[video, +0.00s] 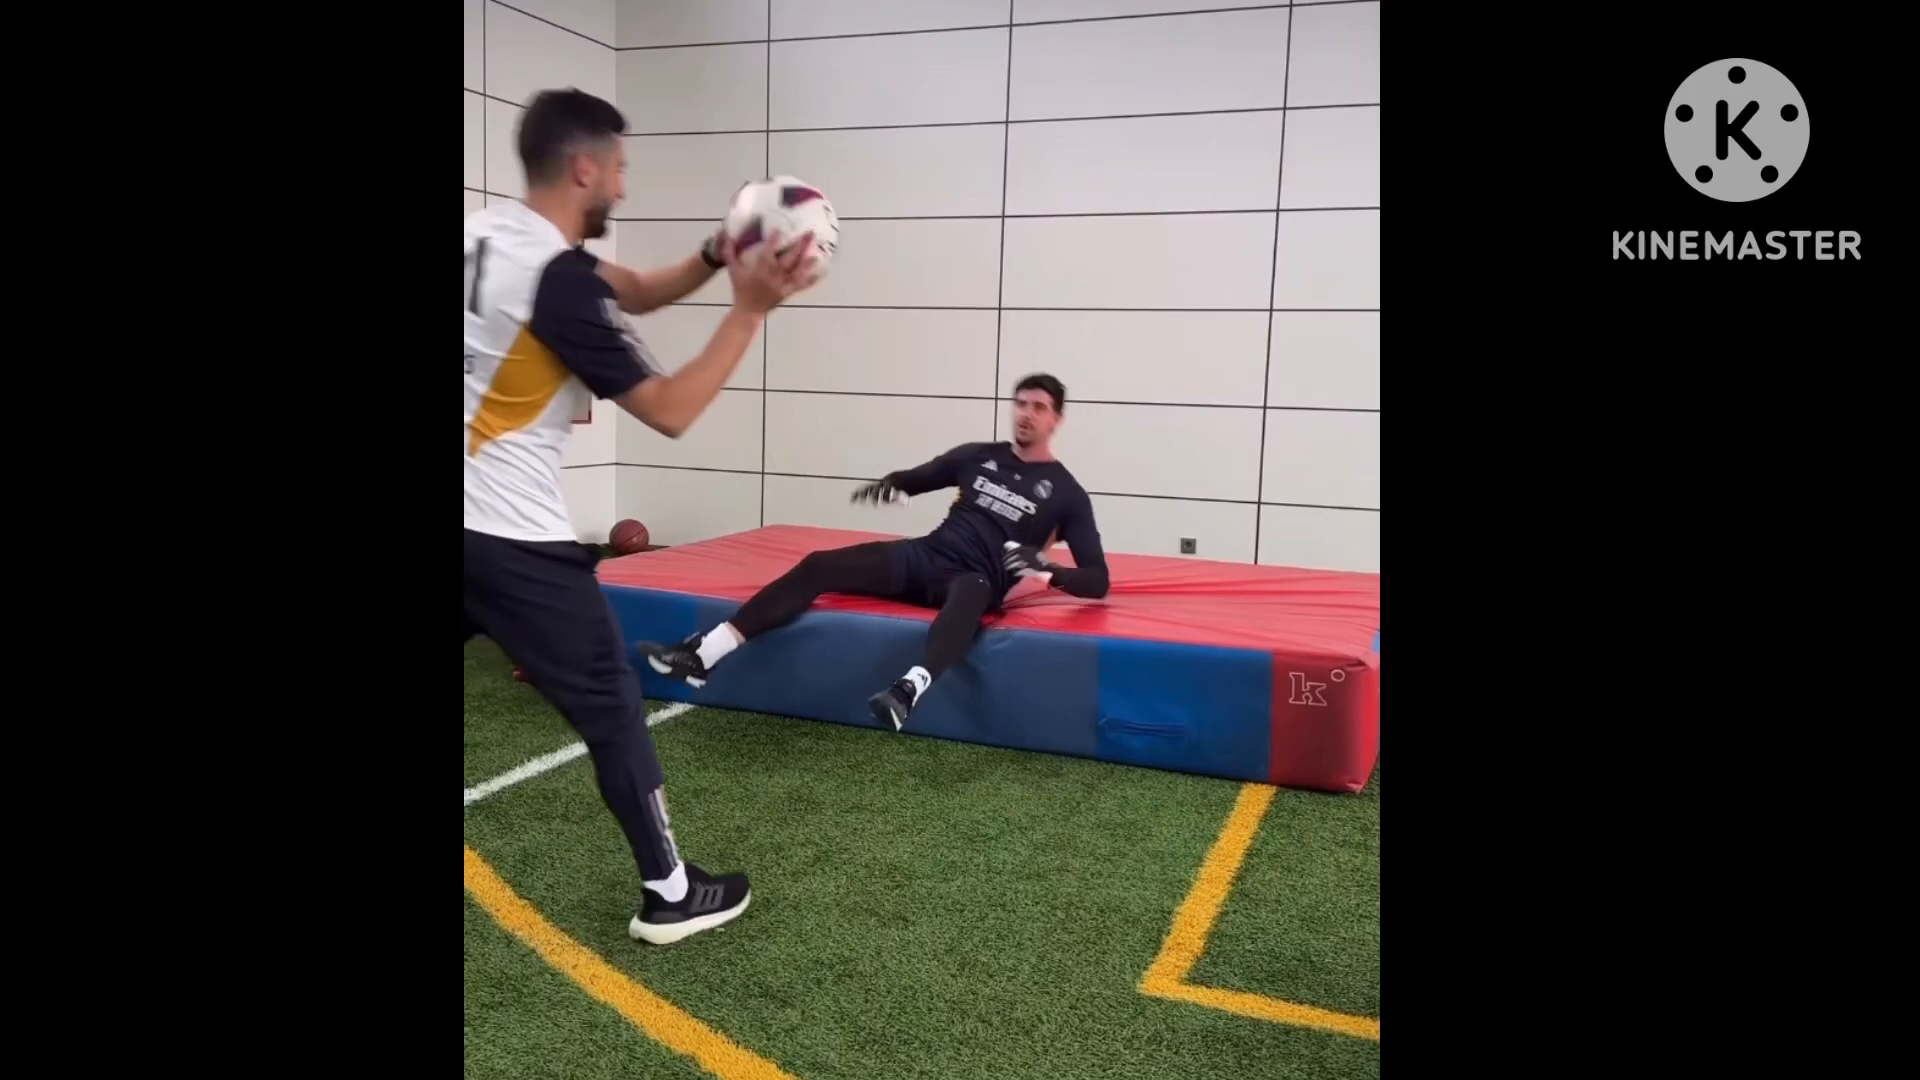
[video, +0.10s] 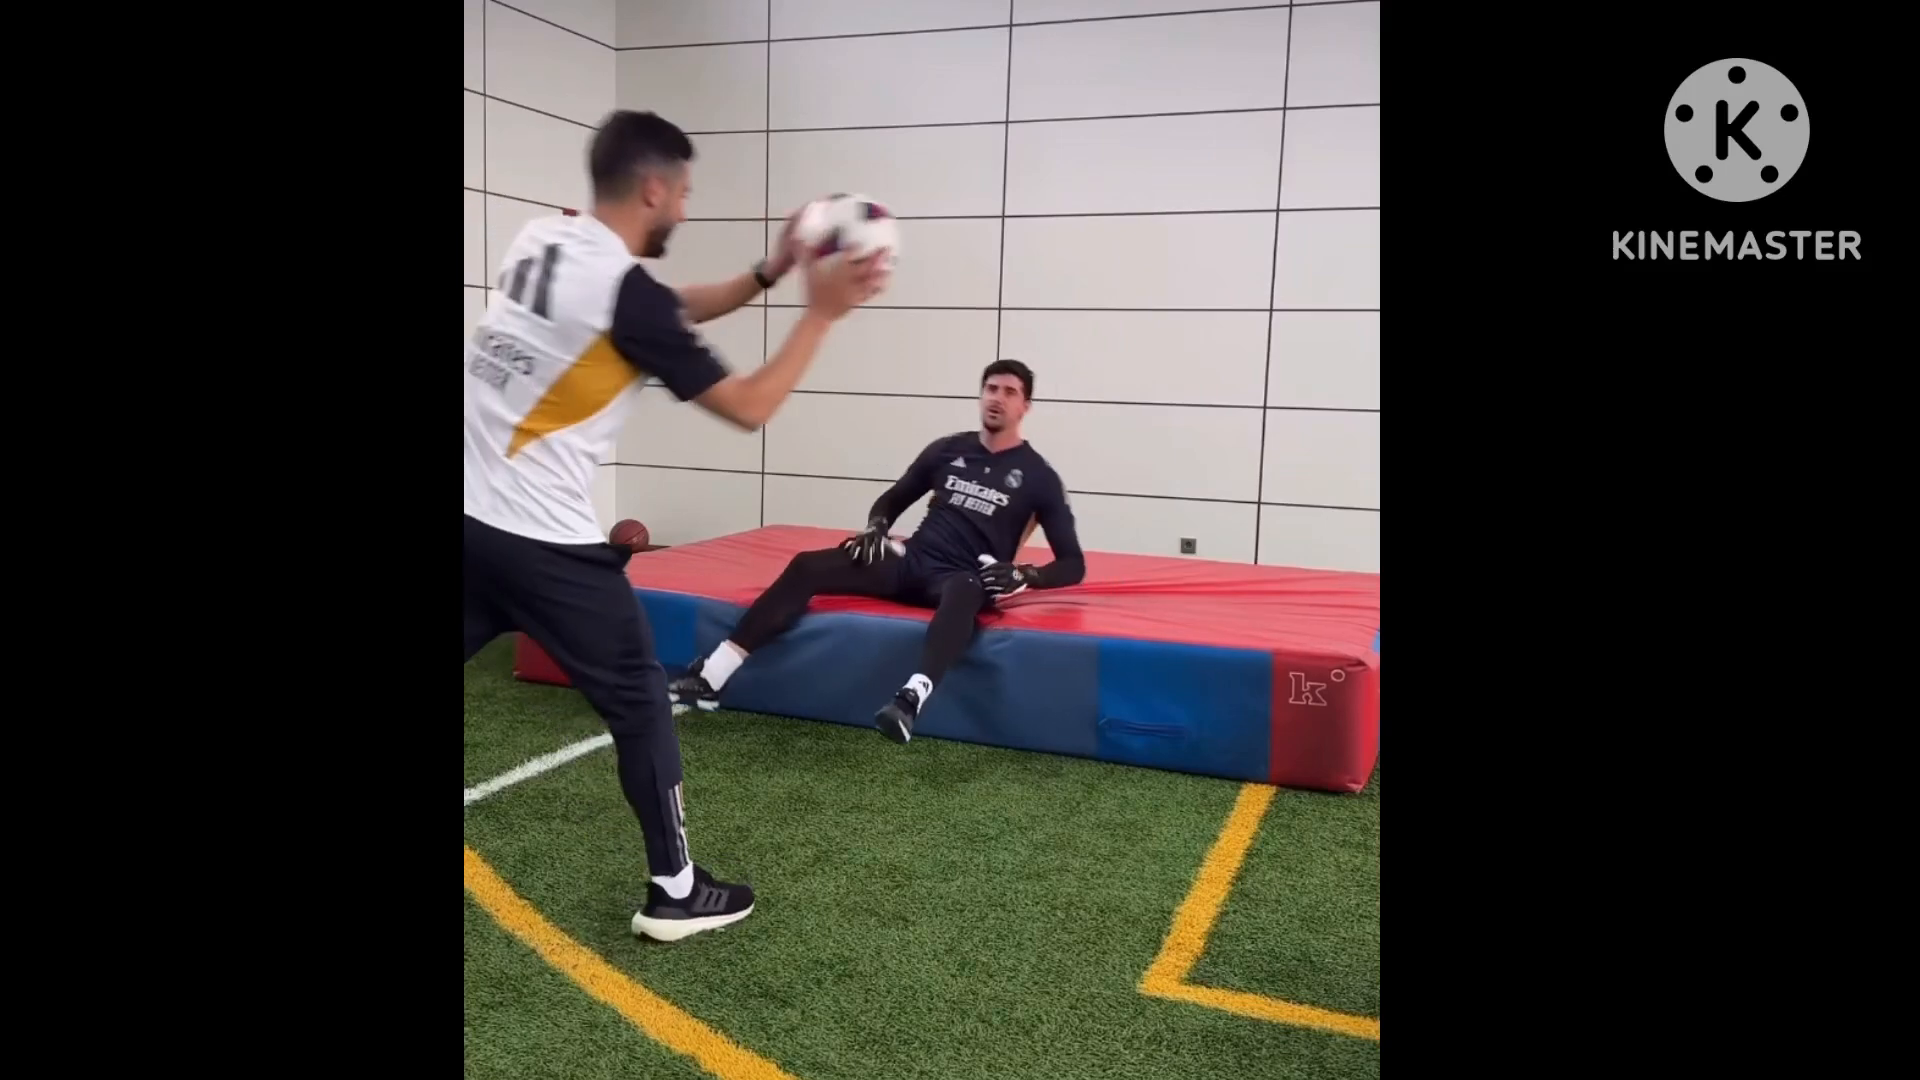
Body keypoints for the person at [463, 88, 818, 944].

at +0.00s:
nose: (622, 184)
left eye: (620, 166)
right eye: (617, 166)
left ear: (544, 164)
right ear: (583, 168)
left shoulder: (485, 225)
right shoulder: (553, 272)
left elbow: (636, 288)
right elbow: (669, 410)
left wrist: (719, 255)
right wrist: (750, 308)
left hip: (471, 519)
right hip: (509, 534)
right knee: (608, 700)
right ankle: (669, 889)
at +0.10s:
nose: (685, 208)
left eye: (686, 193)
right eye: (683, 193)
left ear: (610, 184)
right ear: (654, 189)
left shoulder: (539, 237)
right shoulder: (629, 291)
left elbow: (667, 308)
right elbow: (751, 406)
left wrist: (766, 274)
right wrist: (823, 313)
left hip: (472, 513)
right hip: (545, 537)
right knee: (638, 699)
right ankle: (675, 886)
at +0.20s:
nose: (731, 233)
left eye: (733, 217)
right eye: (730, 217)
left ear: (658, 200)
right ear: (704, 211)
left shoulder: (579, 244)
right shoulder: (678, 296)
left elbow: (695, 326)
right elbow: (820, 354)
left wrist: (799, 301)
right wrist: (915, 317)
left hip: (474, 502)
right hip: (557, 527)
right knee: (643, 697)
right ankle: (677, 885)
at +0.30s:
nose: (753, 251)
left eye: (757, 238)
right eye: (757, 236)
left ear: (680, 212)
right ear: (735, 228)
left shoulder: (594, 254)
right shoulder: (702, 302)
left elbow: (667, 356)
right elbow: (819, 349)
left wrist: (768, 364)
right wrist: (912, 359)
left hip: (474, 494)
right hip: (564, 526)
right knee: (646, 699)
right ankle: (677, 883)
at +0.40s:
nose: (755, 265)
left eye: (759, 249)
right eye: (758, 247)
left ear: (687, 221)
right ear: (734, 232)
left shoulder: (591, 263)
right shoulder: (704, 308)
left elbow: (629, 395)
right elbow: (809, 400)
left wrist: (733, 430)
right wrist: (863, 426)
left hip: (474, 500)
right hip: (573, 528)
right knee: (652, 699)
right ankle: (679, 882)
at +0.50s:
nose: (735, 259)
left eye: (740, 242)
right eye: (739, 240)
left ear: (662, 217)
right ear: (715, 228)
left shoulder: (567, 264)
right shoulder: (691, 314)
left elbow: (574, 393)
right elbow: (760, 467)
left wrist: (670, 469)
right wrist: (783, 498)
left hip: (473, 507)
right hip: (565, 534)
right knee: (652, 697)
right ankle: (678, 881)